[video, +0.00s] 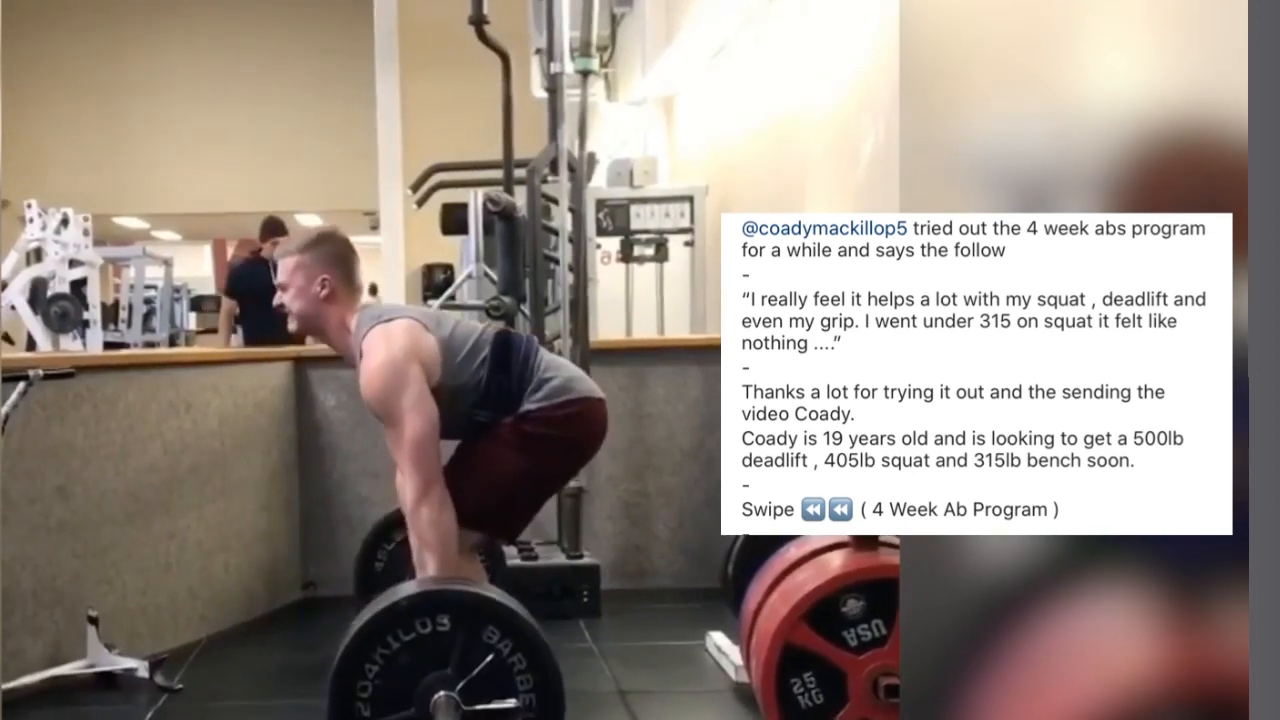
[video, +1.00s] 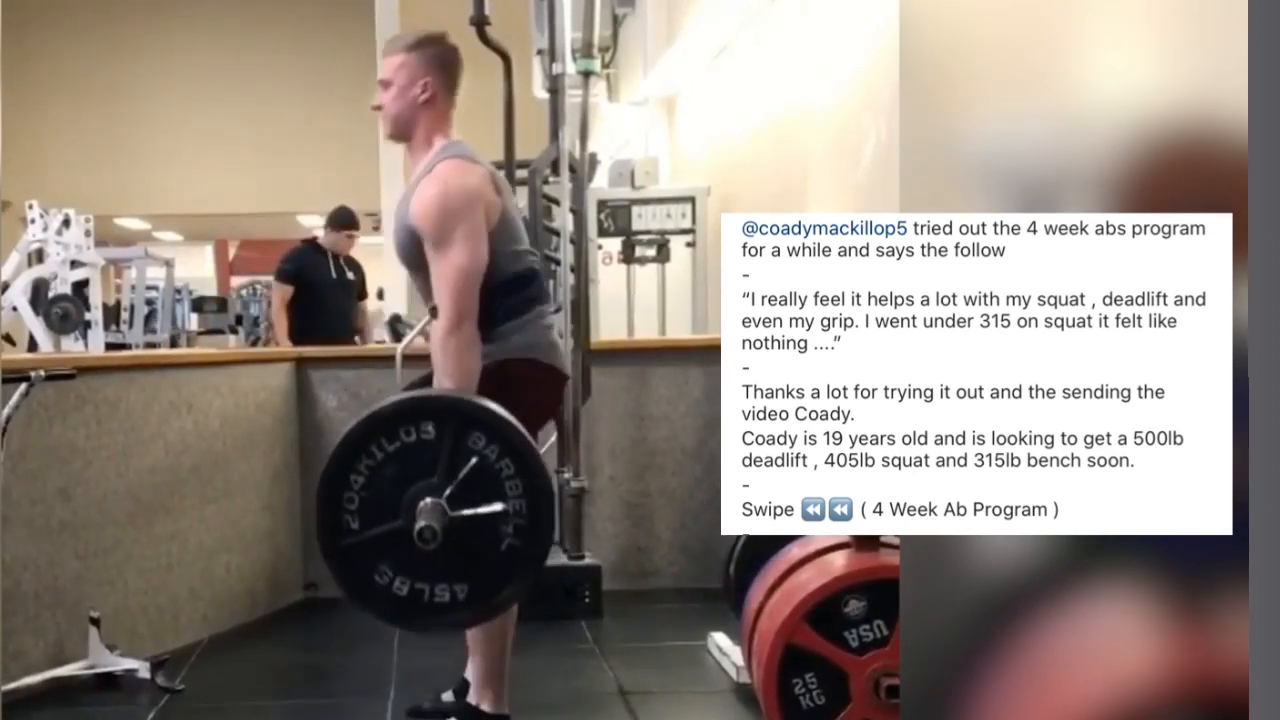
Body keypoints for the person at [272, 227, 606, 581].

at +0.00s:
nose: (277, 302)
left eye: (284, 289)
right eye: (277, 290)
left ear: (323, 287)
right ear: (324, 288)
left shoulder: (388, 356)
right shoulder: (377, 343)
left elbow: (425, 492)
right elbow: (411, 476)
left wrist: (436, 608)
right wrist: (430, 591)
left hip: (558, 407)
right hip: (542, 403)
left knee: (448, 537)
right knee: (441, 533)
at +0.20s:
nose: (284, 277)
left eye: (292, 265)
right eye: (284, 266)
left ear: (329, 263)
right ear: (331, 264)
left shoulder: (390, 333)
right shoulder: (384, 319)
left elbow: (427, 471)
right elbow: (418, 460)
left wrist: (437, 591)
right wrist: (433, 578)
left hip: (559, 391)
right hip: (551, 388)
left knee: (458, 537)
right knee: (459, 531)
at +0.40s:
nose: (292, 241)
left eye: (299, 227)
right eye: (292, 229)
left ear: (336, 227)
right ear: (335, 227)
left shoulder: (395, 297)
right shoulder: (389, 287)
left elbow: (430, 440)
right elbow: (421, 433)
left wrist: (444, 560)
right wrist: (436, 556)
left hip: (553, 376)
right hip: (536, 376)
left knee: (480, 526)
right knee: (478, 524)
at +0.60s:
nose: (308, 191)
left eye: (316, 176)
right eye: (308, 177)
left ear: (355, 181)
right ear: (359, 181)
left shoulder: (405, 258)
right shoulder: (395, 251)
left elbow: (437, 400)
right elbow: (429, 392)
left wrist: (448, 520)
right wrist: (440, 510)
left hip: (546, 367)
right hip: (523, 368)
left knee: (480, 521)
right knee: (476, 519)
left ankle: (480, 692)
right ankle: (472, 687)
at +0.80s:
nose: (332, 137)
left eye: (342, 124)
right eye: (334, 125)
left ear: (379, 130)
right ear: (383, 132)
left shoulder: (422, 216)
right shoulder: (407, 210)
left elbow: (443, 359)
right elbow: (441, 350)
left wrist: (452, 486)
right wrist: (444, 479)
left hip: (532, 369)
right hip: (508, 367)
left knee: (478, 528)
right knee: (473, 524)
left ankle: (489, 700)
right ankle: (480, 691)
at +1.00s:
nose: (377, 99)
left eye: (387, 85)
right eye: (378, 85)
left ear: (425, 90)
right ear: (426, 93)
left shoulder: (451, 182)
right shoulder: (440, 174)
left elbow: (460, 324)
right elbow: (471, 296)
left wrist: (444, 459)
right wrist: (434, 329)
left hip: (511, 368)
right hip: (500, 363)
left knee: (486, 531)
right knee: (481, 528)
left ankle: (489, 701)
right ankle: (480, 690)